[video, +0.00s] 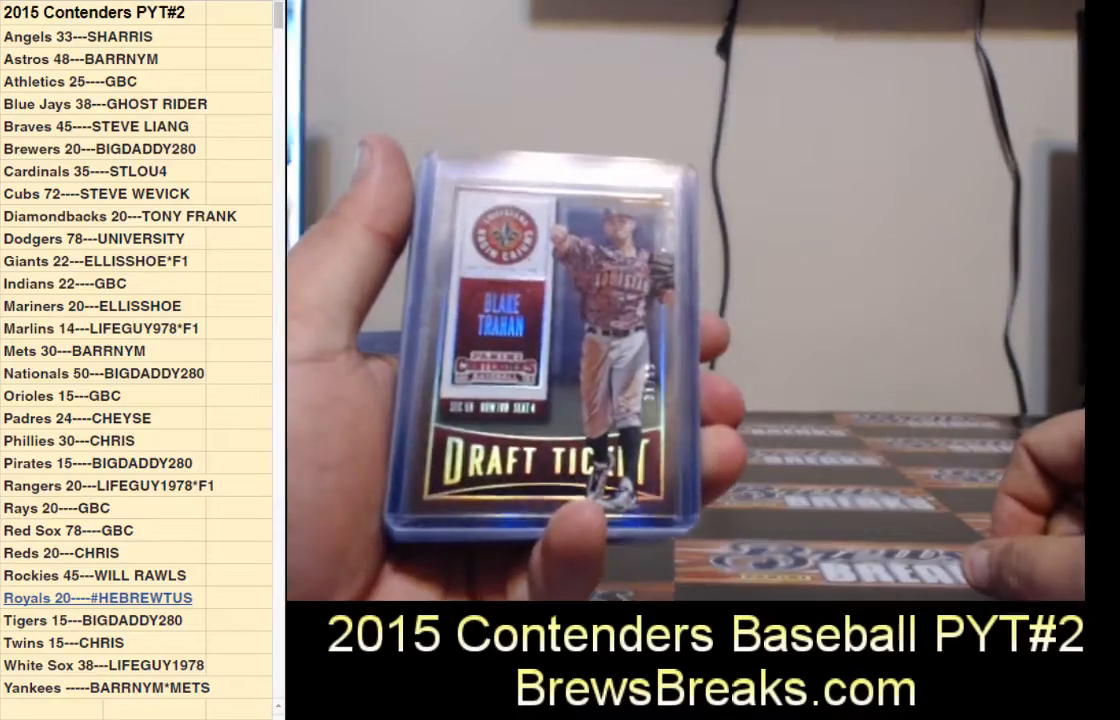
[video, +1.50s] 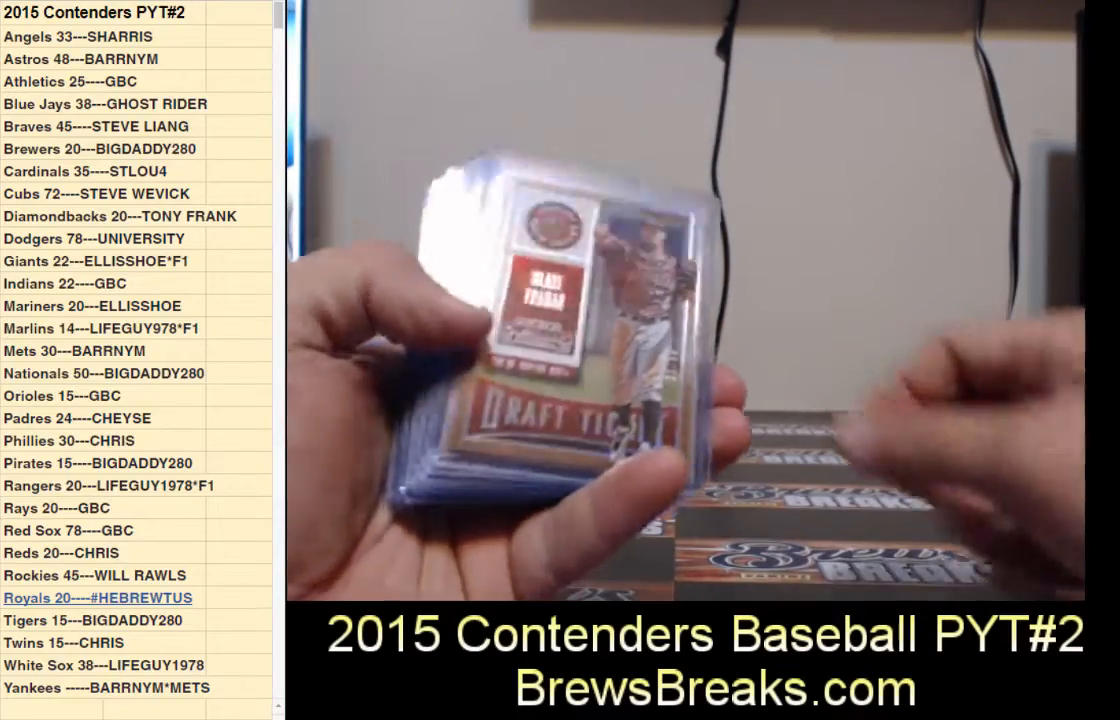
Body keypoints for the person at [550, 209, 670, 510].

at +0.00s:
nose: (616, 227)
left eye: (622, 221)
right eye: (610, 221)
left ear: (633, 225)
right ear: (604, 226)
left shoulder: (647, 261)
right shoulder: (591, 253)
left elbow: (668, 300)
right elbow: (570, 246)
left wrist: (668, 278)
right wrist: (561, 239)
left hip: (633, 339)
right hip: (596, 338)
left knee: (627, 409)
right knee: (594, 409)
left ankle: (629, 484)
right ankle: (600, 464)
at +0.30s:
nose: (602, 228)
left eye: (607, 223)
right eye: (597, 223)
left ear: (618, 227)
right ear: (590, 227)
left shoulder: (631, 262)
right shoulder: (578, 254)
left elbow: (654, 300)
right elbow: (557, 248)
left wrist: (652, 279)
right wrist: (548, 241)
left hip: (618, 339)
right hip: (583, 338)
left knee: (614, 407)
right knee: (581, 407)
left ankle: (616, 478)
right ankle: (590, 460)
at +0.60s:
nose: (600, 231)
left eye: (606, 225)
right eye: (595, 225)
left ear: (616, 229)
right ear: (588, 229)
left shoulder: (630, 263)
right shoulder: (576, 256)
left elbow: (653, 303)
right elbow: (553, 248)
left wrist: (651, 281)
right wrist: (546, 241)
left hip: (617, 340)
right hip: (582, 339)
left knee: (612, 408)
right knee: (579, 409)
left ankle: (613, 479)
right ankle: (586, 460)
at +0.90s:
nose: (604, 236)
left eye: (610, 231)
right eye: (600, 231)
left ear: (619, 235)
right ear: (592, 234)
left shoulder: (633, 268)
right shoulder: (580, 262)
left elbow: (655, 307)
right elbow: (561, 255)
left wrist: (654, 286)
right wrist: (555, 252)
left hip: (621, 342)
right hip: (587, 342)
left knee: (617, 409)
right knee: (586, 410)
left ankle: (620, 478)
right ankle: (593, 459)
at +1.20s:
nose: (613, 244)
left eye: (619, 239)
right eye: (610, 238)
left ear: (629, 243)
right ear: (604, 241)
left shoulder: (641, 275)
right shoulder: (591, 266)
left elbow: (680, 297)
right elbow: (564, 255)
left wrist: (668, 295)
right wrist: (567, 255)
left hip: (624, 343)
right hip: (592, 341)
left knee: (618, 407)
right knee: (587, 406)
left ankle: (615, 469)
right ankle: (588, 465)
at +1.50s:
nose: (649, 234)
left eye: (655, 230)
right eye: (646, 229)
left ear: (664, 235)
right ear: (640, 232)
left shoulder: (672, 265)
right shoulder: (628, 254)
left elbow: (683, 296)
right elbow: (604, 241)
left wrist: (690, 283)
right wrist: (604, 238)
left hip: (658, 323)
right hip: (627, 321)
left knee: (652, 386)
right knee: (623, 383)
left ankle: (648, 443)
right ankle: (623, 436)